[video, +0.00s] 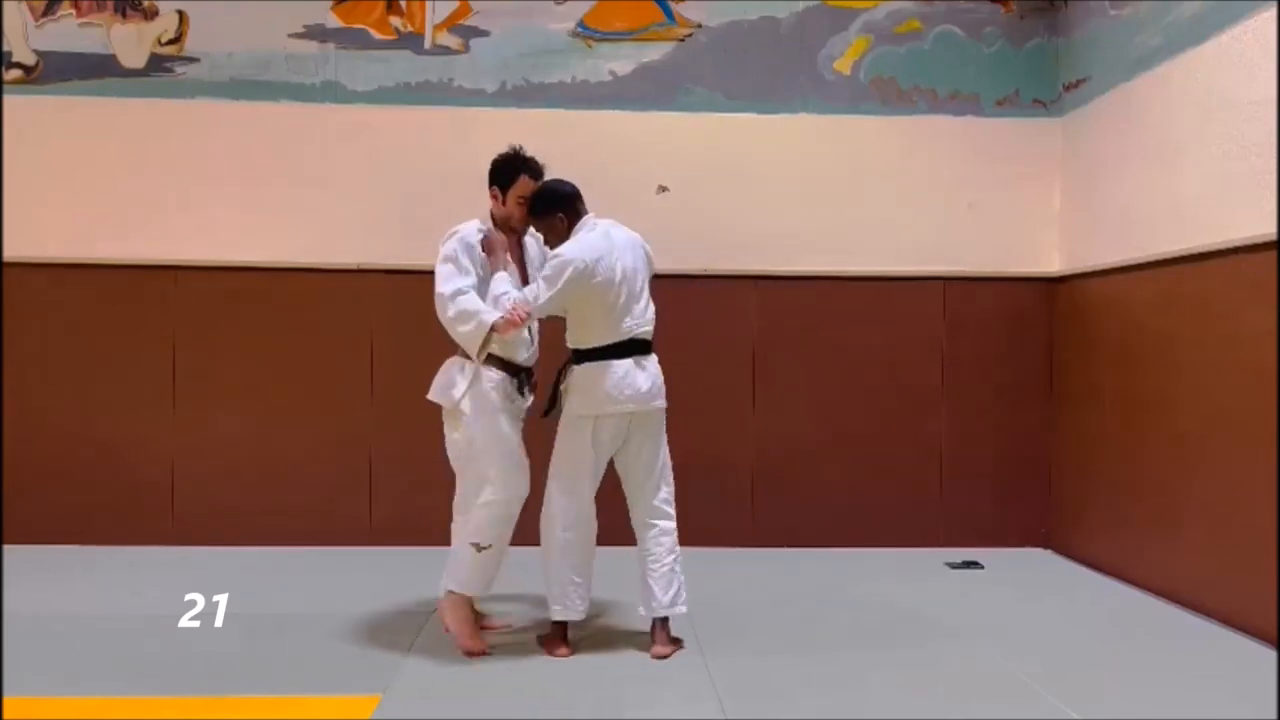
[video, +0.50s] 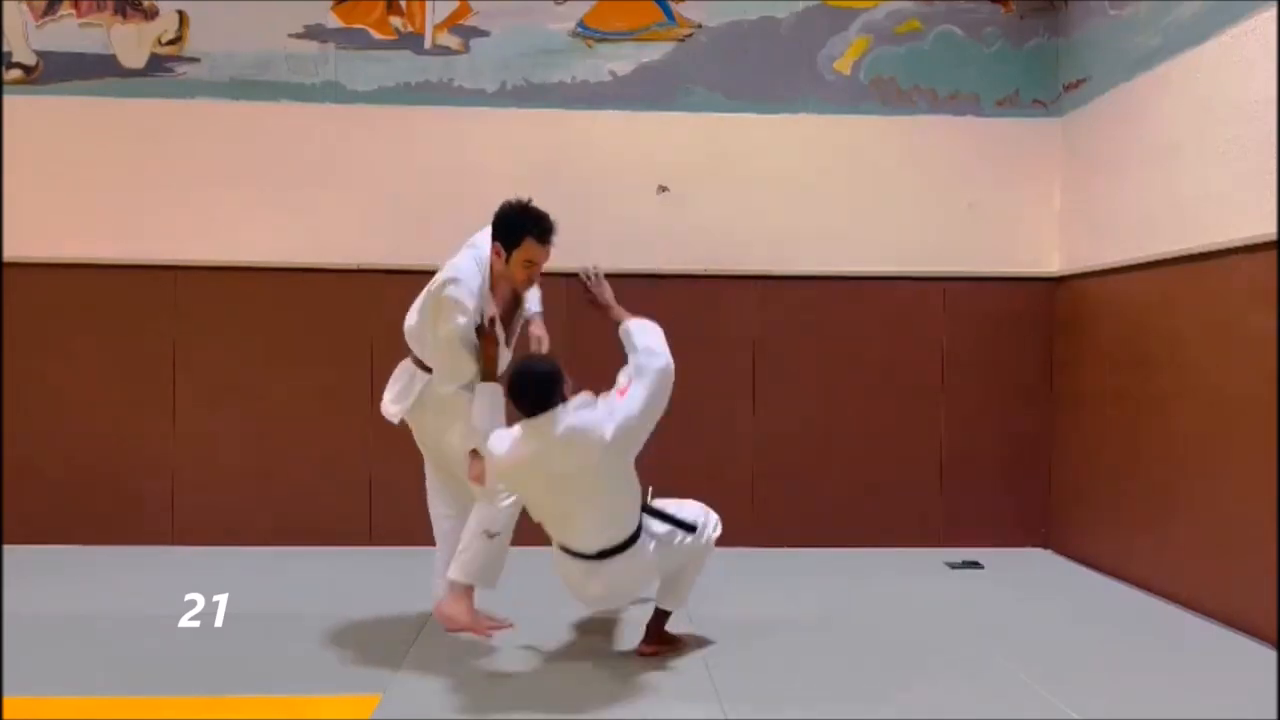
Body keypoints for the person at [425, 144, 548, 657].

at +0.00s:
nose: (530, 213)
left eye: (534, 203)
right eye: (523, 201)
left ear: (535, 201)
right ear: (496, 196)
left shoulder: (533, 244)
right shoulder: (464, 241)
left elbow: (554, 292)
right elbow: (454, 299)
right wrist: (492, 321)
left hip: (512, 386)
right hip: (478, 382)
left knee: (482, 490)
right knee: (509, 484)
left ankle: (466, 600)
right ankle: (456, 599)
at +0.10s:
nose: (524, 217)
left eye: (529, 207)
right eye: (517, 206)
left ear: (529, 205)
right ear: (489, 199)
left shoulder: (527, 244)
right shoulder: (455, 242)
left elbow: (556, 284)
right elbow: (449, 302)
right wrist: (493, 313)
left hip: (509, 386)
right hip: (473, 383)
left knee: (484, 493)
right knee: (513, 477)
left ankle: (463, 603)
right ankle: (509, 603)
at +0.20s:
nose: (520, 222)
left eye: (524, 213)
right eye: (512, 211)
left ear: (526, 210)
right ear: (484, 204)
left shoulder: (521, 248)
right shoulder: (455, 248)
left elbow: (559, 285)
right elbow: (453, 314)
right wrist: (494, 321)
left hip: (506, 393)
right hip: (475, 393)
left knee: (487, 503)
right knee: (517, 502)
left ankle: (465, 605)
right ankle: (543, 619)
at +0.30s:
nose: (524, 216)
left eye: (528, 205)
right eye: (517, 206)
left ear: (525, 200)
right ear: (489, 198)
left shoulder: (513, 237)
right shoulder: (461, 245)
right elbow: (453, 316)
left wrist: (591, 212)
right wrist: (496, 364)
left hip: (485, 379)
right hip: (464, 383)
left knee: (470, 488)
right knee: (531, 469)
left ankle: (466, 593)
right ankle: (537, 585)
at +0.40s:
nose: (533, 226)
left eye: (537, 216)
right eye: (524, 217)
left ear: (540, 210)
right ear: (493, 212)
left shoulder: (505, 238)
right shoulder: (462, 263)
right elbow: (481, 347)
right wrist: (516, 402)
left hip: (451, 372)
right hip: (453, 379)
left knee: (461, 483)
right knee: (536, 446)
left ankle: (463, 592)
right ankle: (515, 538)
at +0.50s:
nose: (534, 275)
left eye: (540, 266)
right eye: (527, 265)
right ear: (499, 252)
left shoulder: (503, 242)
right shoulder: (456, 293)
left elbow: (530, 279)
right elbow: (465, 379)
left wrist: (535, 318)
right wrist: (480, 448)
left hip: (457, 382)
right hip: (436, 393)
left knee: (451, 496)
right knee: (503, 486)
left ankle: (452, 598)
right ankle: (458, 597)